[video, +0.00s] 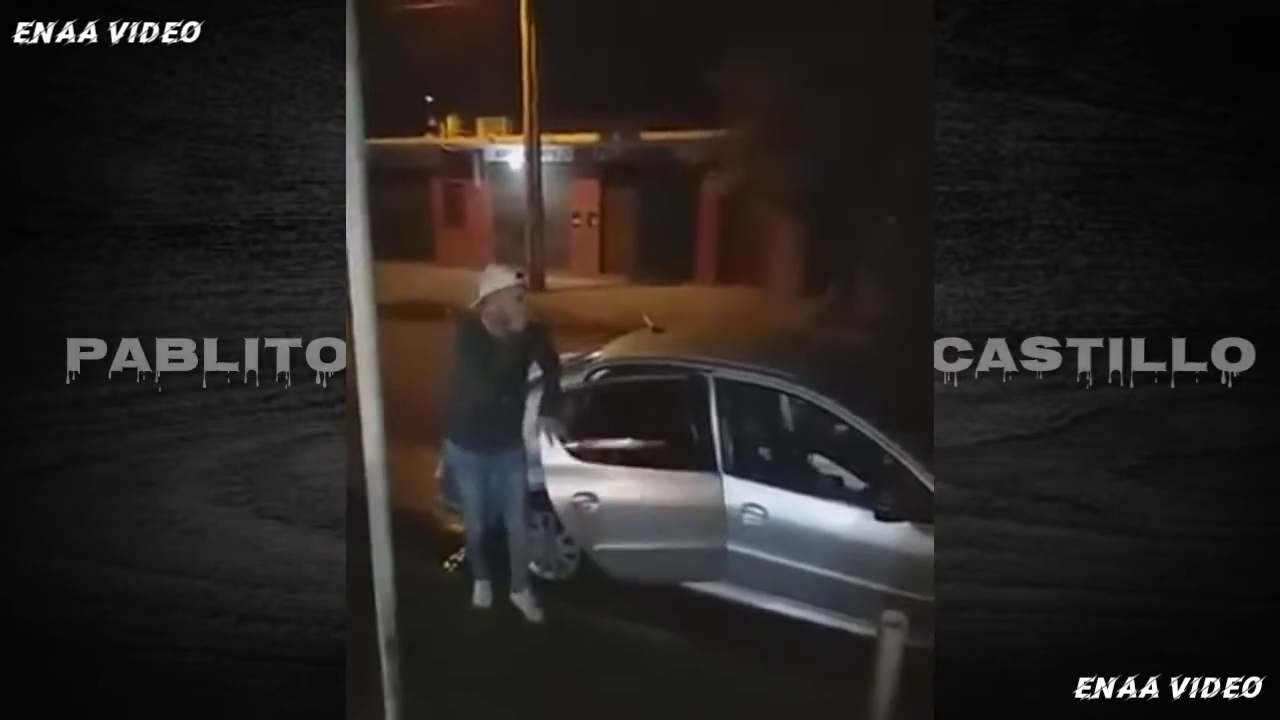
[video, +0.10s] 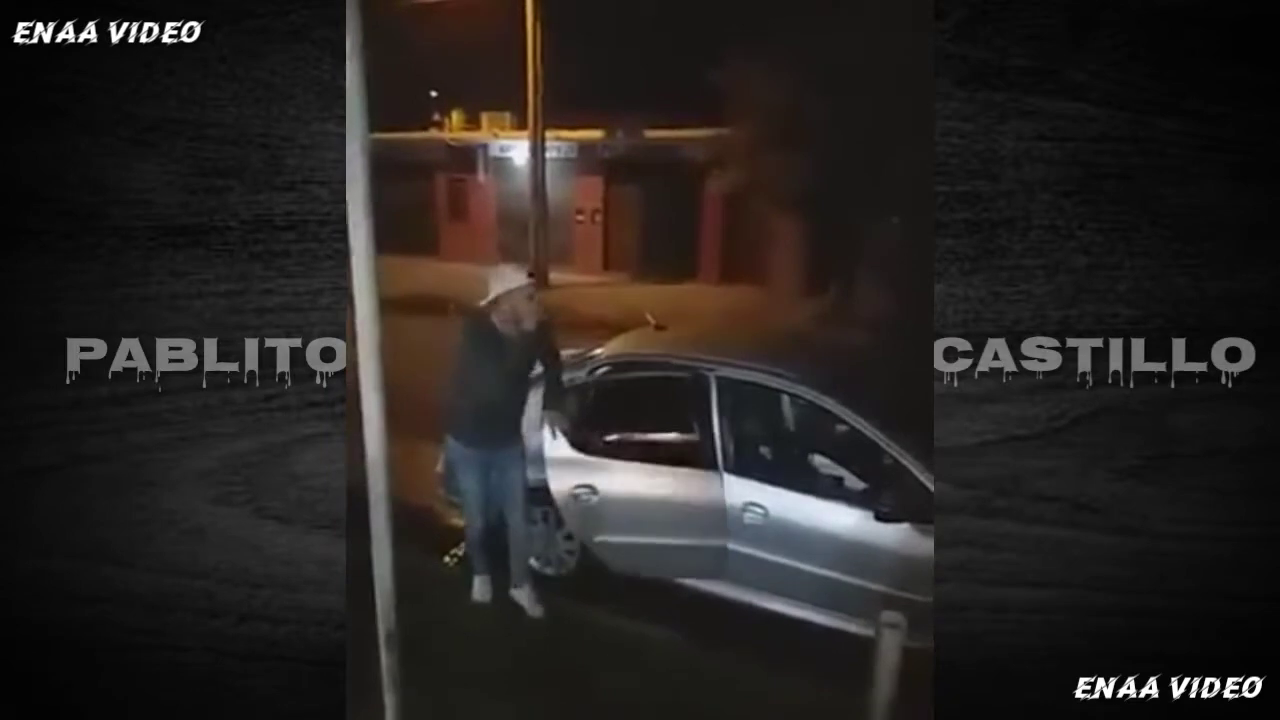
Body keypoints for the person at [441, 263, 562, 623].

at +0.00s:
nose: (521, 305)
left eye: (522, 297)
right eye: (514, 298)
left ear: (520, 300)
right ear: (491, 303)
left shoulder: (527, 335)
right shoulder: (469, 334)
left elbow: (552, 372)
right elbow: (470, 388)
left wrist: (548, 413)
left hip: (510, 444)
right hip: (468, 445)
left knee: (517, 522)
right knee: (476, 522)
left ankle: (520, 587)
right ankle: (480, 580)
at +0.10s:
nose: (532, 303)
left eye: (531, 296)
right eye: (525, 296)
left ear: (526, 297)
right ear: (504, 300)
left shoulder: (529, 334)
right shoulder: (476, 330)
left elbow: (552, 369)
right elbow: (487, 384)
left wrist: (552, 408)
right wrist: (528, 340)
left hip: (508, 438)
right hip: (468, 438)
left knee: (517, 516)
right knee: (476, 516)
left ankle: (519, 582)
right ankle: (480, 574)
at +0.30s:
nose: (562, 315)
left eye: (562, 308)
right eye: (556, 309)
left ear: (549, 312)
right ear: (534, 311)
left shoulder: (556, 346)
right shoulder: (510, 342)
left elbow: (574, 397)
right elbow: (529, 394)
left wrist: (564, 344)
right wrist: (558, 347)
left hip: (522, 432)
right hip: (482, 432)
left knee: (534, 506)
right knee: (496, 506)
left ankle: (534, 573)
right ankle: (494, 563)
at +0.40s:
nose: (573, 339)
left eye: (574, 331)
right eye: (568, 331)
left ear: (570, 333)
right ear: (549, 333)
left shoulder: (559, 364)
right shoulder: (519, 361)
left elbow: (583, 403)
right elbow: (542, 421)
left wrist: (574, 367)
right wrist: (564, 373)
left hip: (525, 441)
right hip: (485, 441)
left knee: (538, 510)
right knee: (500, 509)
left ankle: (536, 579)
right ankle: (496, 568)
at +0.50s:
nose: (574, 361)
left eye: (578, 355)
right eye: (571, 353)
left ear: (578, 355)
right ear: (556, 351)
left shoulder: (563, 382)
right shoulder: (526, 373)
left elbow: (558, 427)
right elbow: (534, 435)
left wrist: (578, 387)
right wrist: (567, 397)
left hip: (528, 452)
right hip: (488, 446)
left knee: (541, 515)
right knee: (504, 514)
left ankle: (537, 581)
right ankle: (498, 571)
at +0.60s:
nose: (572, 375)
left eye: (579, 369)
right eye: (570, 366)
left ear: (583, 371)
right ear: (560, 362)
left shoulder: (567, 396)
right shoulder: (526, 378)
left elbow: (542, 449)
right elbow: (537, 448)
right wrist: (568, 412)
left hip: (527, 453)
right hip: (487, 445)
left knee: (542, 515)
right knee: (508, 518)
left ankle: (537, 580)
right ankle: (499, 569)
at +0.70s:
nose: (593, 381)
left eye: (594, 374)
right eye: (588, 373)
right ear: (567, 369)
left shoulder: (572, 392)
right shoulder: (524, 380)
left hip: (530, 449)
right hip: (487, 442)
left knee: (542, 517)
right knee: (508, 519)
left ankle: (534, 582)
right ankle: (496, 568)